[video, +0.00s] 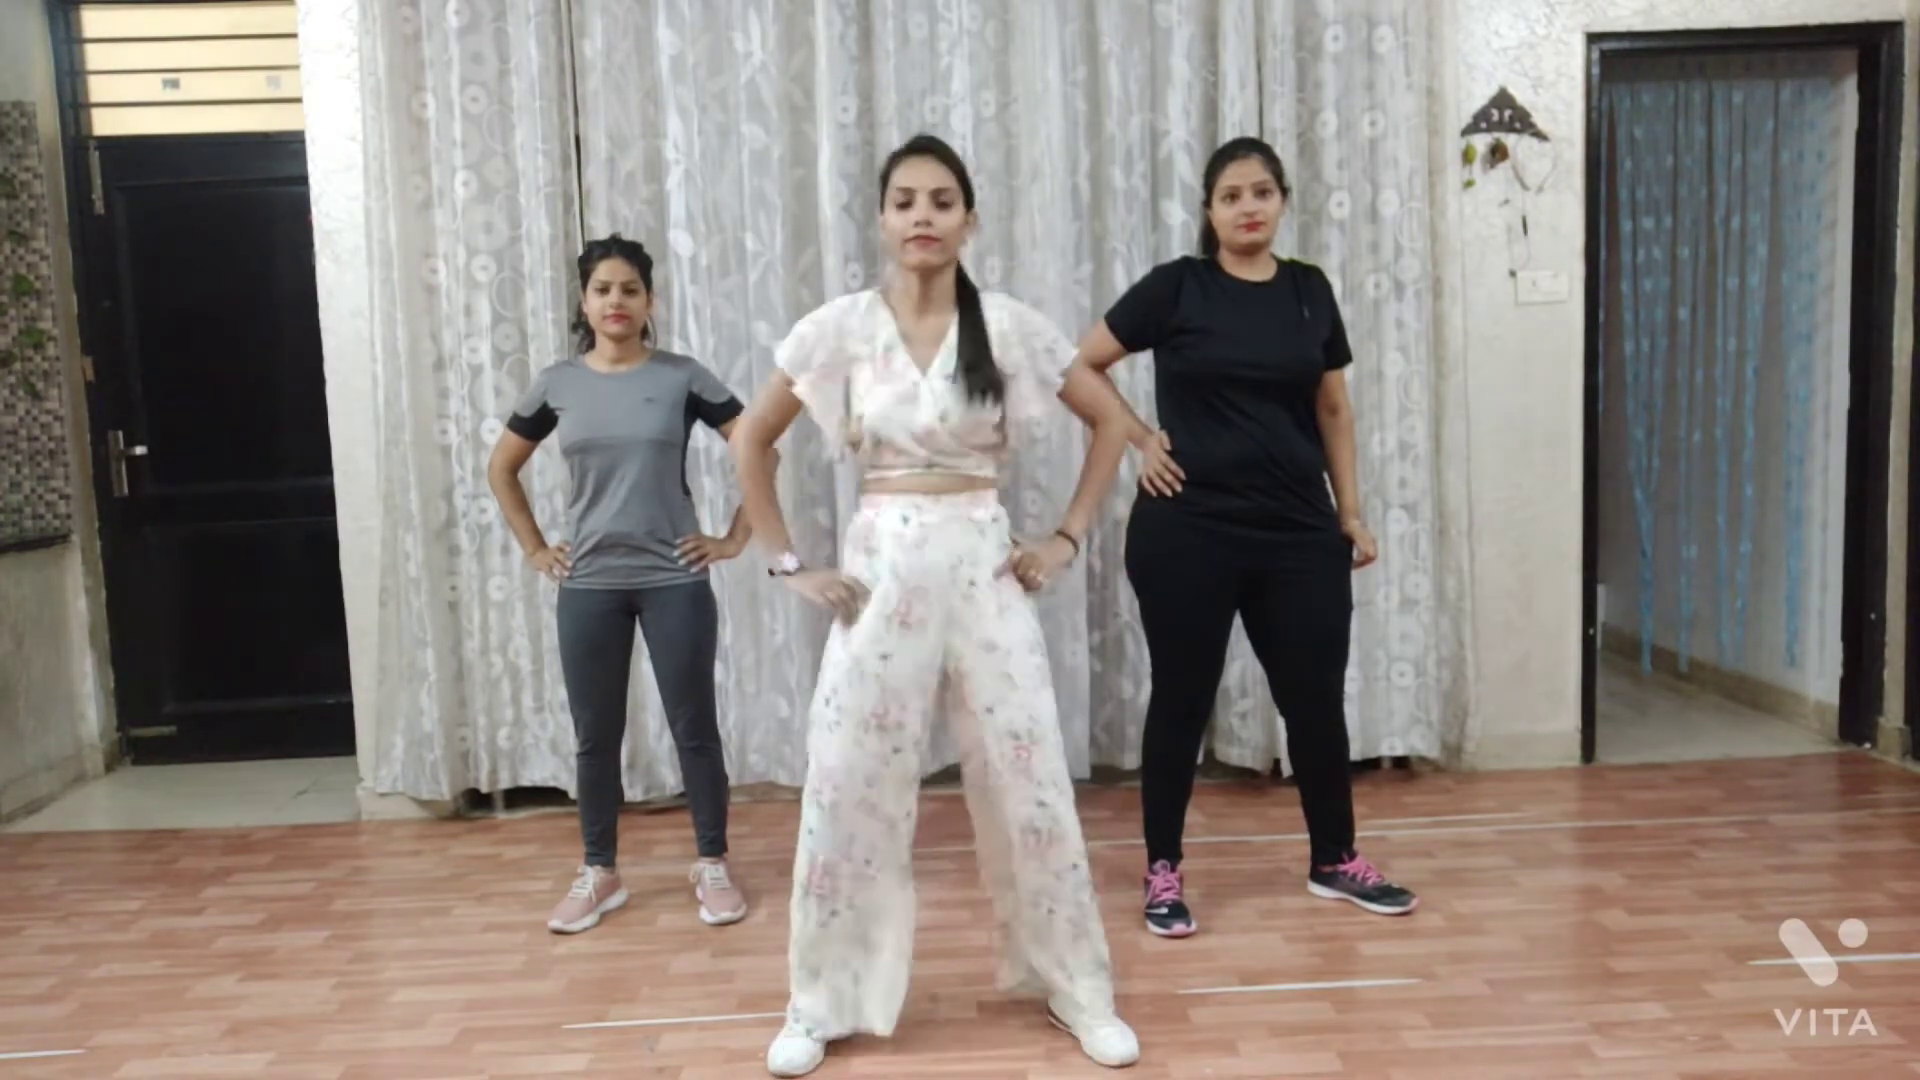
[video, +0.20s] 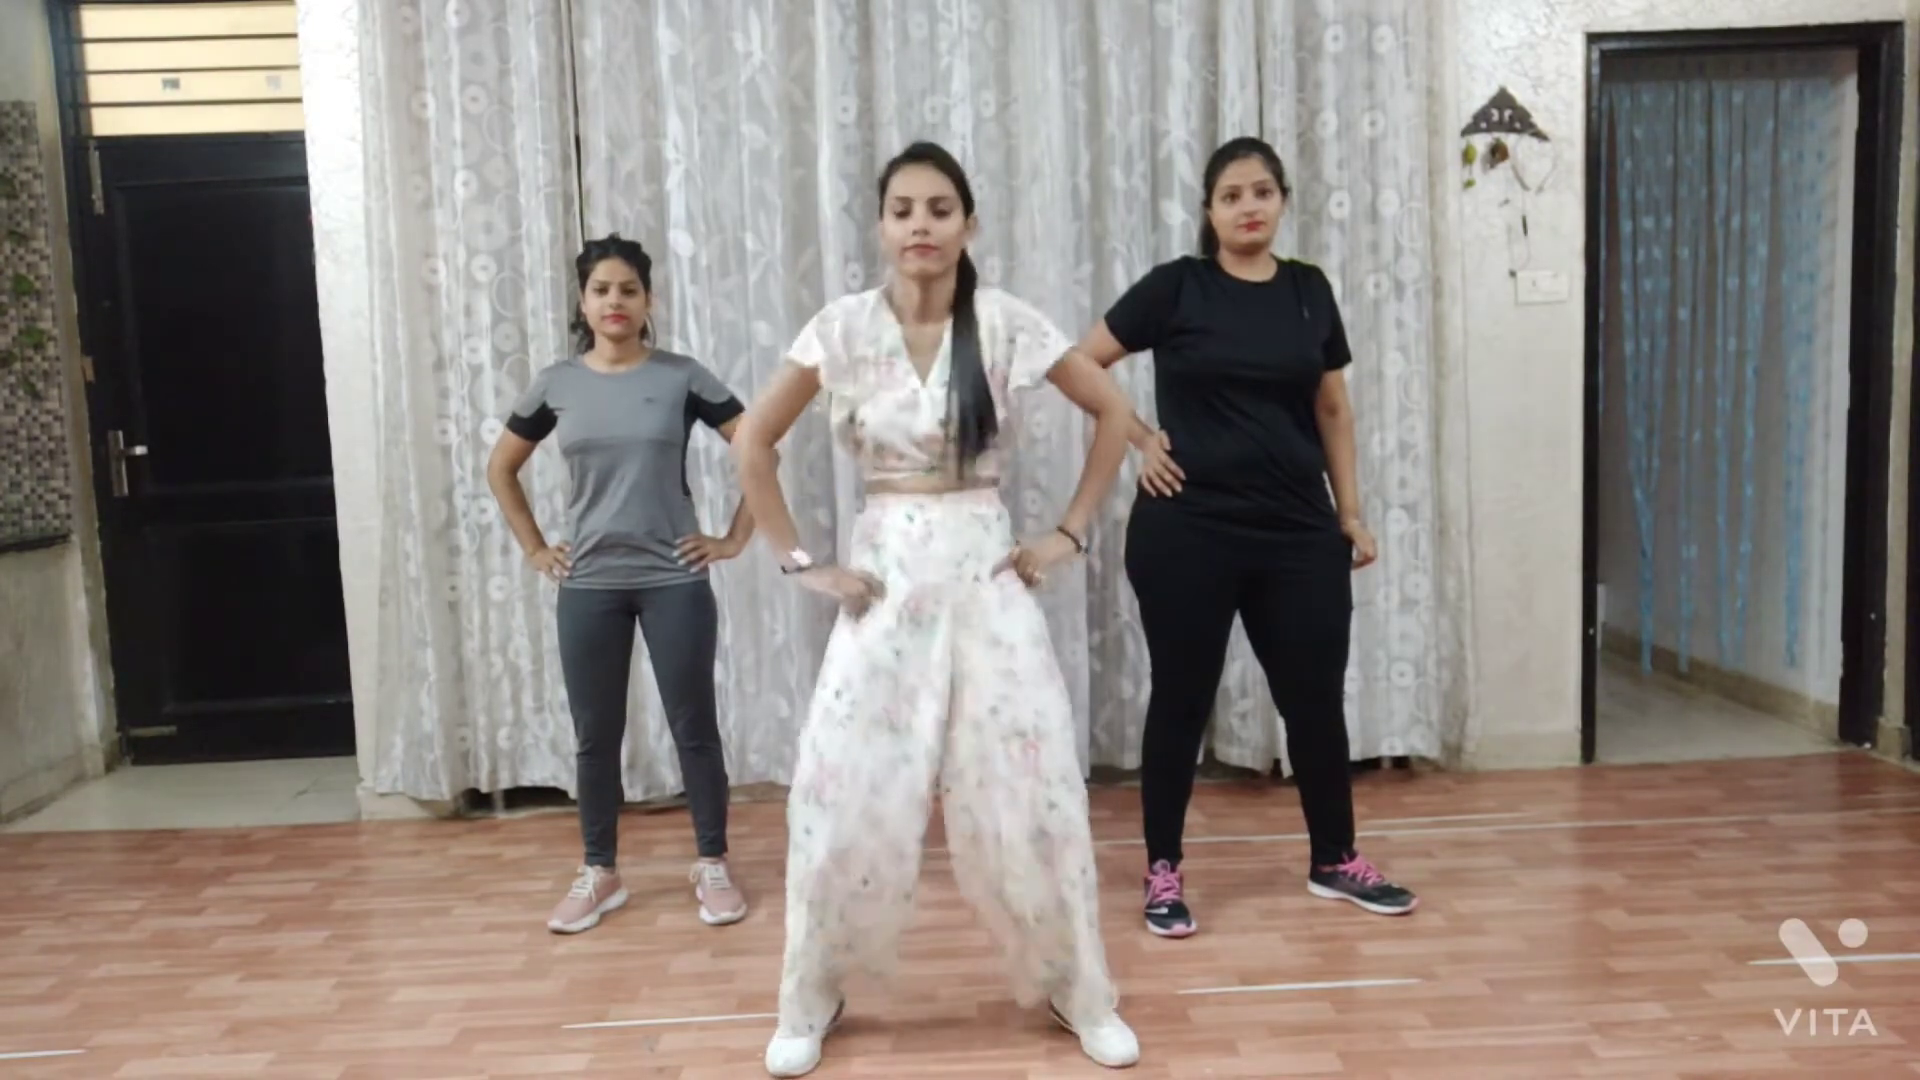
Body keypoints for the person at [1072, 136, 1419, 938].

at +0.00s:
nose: (1249, 208)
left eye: (1263, 193)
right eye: (1233, 196)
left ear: (1283, 203)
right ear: (1209, 208)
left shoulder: (1309, 291)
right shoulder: (1174, 290)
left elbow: (1335, 411)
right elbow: (1077, 371)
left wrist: (1349, 513)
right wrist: (1140, 436)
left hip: (1297, 530)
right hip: (1188, 528)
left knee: (1317, 700)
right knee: (1180, 703)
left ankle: (1335, 861)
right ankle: (1164, 870)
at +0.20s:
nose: (1249, 207)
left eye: (1263, 193)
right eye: (1233, 195)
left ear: (1283, 203)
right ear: (1209, 207)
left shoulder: (1309, 291)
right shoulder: (1174, 289)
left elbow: (1335, 411)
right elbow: (1077, 366)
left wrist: (1349, 513)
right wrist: (1140, 436)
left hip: (1296, 530)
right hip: (1188, 527)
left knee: (1317, 700)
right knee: (1180, 703)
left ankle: (1335, 861)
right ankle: (1164, 871)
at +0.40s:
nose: (1249, 207)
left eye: (1262, 193)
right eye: (1233, 195)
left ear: (1283, 203)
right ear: (1209, 207)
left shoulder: (1308, 290)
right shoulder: (1175, 288)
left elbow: (1334, 409)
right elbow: (1082, 363)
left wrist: (1349, 512)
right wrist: (1142, 438)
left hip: (1296, 529)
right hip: (1188, 527)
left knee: (1317, 698)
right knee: (1181, 699)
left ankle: (1336, 861)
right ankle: (1163, 871)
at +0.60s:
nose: (1249, 207)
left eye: (1262, 193)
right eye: (1233, 195)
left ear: (1283, 203)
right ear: (1209, 208)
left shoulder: (1308, 290)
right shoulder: (1175, 288)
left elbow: (1334, 410)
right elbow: (1081, 363)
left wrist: (1349, 513)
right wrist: (1142, 438)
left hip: (1296, 529)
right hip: (1188, 526)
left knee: (1317, 699)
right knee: (1180, 701)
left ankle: (1336, 861)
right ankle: (1163, 870)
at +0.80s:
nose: (1249, 207)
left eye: (1262, 193)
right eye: (1233, 195)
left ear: (1283, 203)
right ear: (1209, 207)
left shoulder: (1308, 290)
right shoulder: (1175, 288)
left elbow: (1334, 410)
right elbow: (1081, 363)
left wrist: (1349, 513)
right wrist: (1142, 438)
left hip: (1296, 529)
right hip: (1189, 526)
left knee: (1317, 699)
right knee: (1181, 699)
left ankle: (1336, 861)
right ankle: (1163, 871)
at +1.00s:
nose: (1251, 206)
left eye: (1264, 192)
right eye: (1234, 194)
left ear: (1283, 203)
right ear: (1209, 207)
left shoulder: (1309, 290)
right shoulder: (1175, 289)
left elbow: (1334, 409)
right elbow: (1078, 369)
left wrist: (1349, 514)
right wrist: (1142, 443)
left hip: (1297, 528)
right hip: (1188, 526)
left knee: (1317, 701)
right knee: (1181, 701)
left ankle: (1336, 861)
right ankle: (1164, 871)